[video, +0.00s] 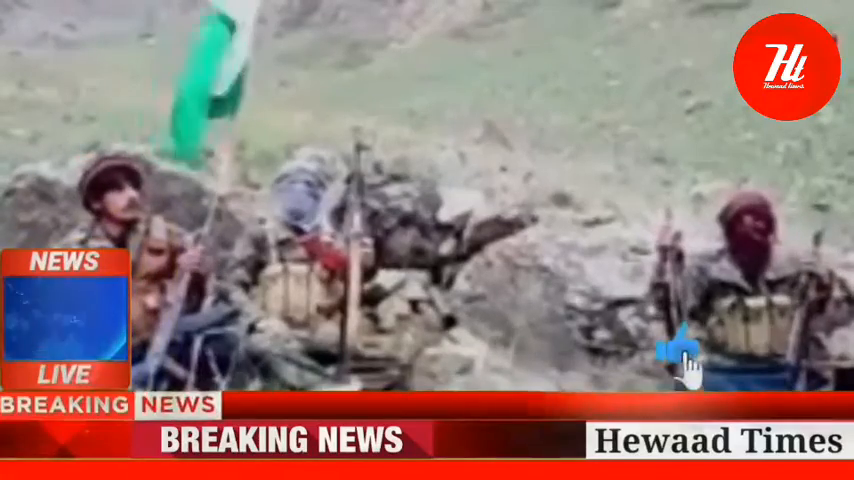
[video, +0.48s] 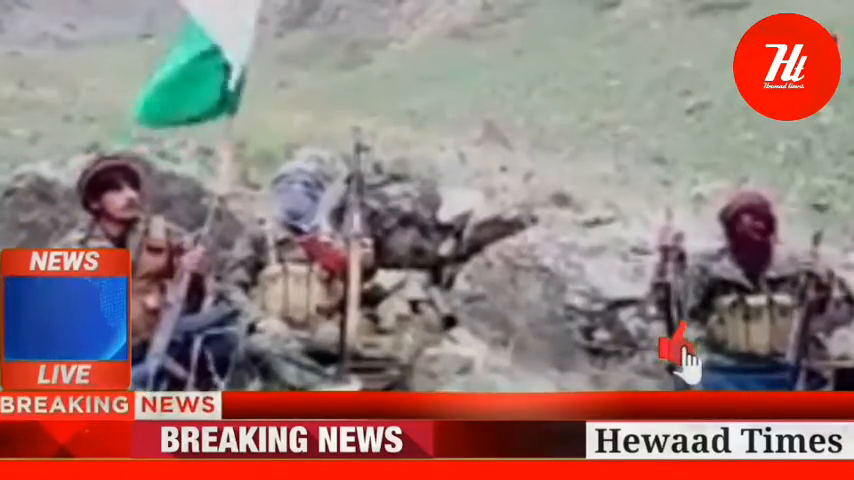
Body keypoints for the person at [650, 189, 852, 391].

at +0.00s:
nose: (756, 225)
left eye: (762, 218)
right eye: (746, 217)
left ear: (772, 227)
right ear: (730, 226)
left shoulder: (795, 271)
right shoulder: (704, 269)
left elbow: (844, 310)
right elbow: (672, 311)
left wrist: (825, 296)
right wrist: (667, 266)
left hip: (783, 375)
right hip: (721, 375)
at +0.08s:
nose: (758, 225)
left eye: (763, 219)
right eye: (748, 217)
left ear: (772, 228)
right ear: (730, 226)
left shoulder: (793, 270)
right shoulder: (704, 269)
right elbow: (672, 311)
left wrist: (823, 297)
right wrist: (666, 266)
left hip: (782, 373)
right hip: (720, 374)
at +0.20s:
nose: (758, 225)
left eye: (764, 219)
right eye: (749, 217)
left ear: (772, 227)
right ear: (730, 225)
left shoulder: (794, 270)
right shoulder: (704, 269)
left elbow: (841, 312)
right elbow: (673, 313)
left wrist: (823, 298)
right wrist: (667, 267)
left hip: (782, 374)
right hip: (720, 375)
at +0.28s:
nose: (758, 225)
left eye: (764, 219)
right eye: (749, 216)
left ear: (772, 227)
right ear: (730, 225)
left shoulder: (795, 270)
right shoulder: (704, 269)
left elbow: (842, 311)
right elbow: (674, 313)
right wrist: (667, 266)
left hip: (783, 374)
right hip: (720, 374)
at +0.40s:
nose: (759, 225)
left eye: (764, 219)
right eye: (749, 216)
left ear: (773, 227)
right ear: (730, 225)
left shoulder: (793, 272)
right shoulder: (705, 270)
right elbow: (674, 313)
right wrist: (667, 265)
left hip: (782, 372)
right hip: (721, 372)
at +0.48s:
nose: (763, 224)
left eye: (767, 219)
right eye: (754, 216)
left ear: (773, 227)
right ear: (732, 224)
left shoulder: (796, 270)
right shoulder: (705, 269)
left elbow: (843, 309)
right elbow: (681, 314)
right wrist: (669, 268)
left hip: (783, 372)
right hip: (722, 372)